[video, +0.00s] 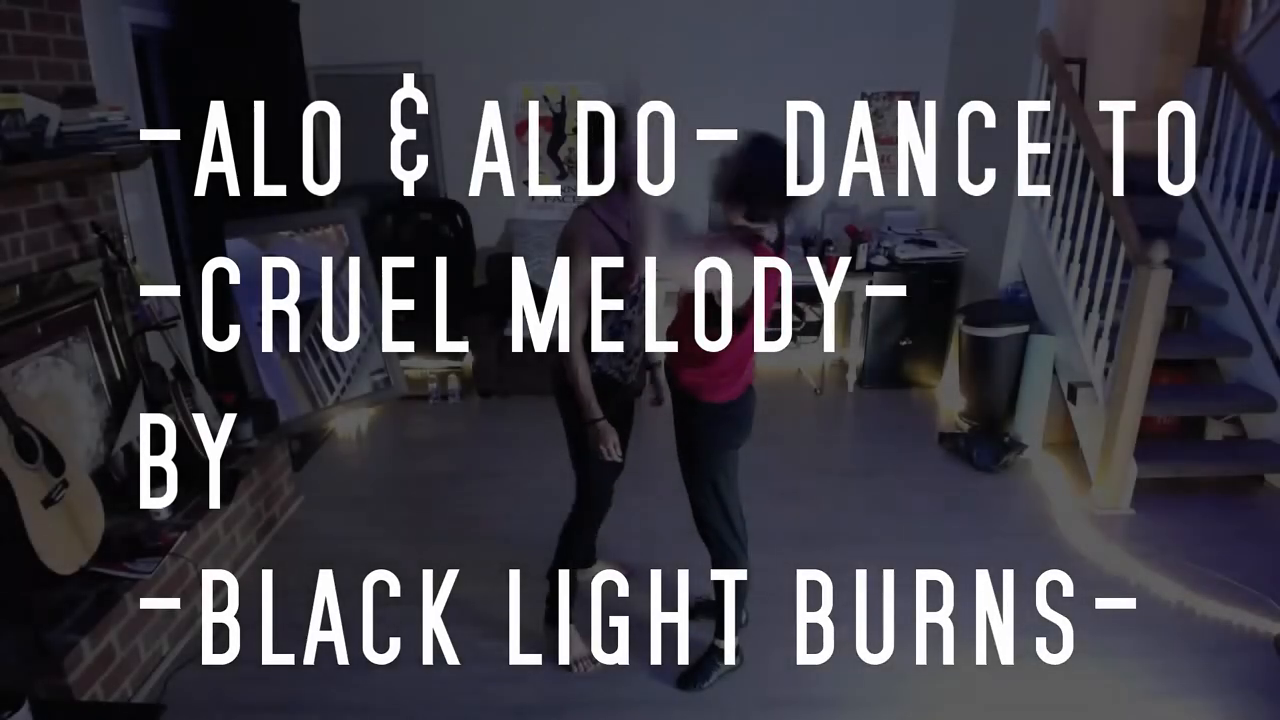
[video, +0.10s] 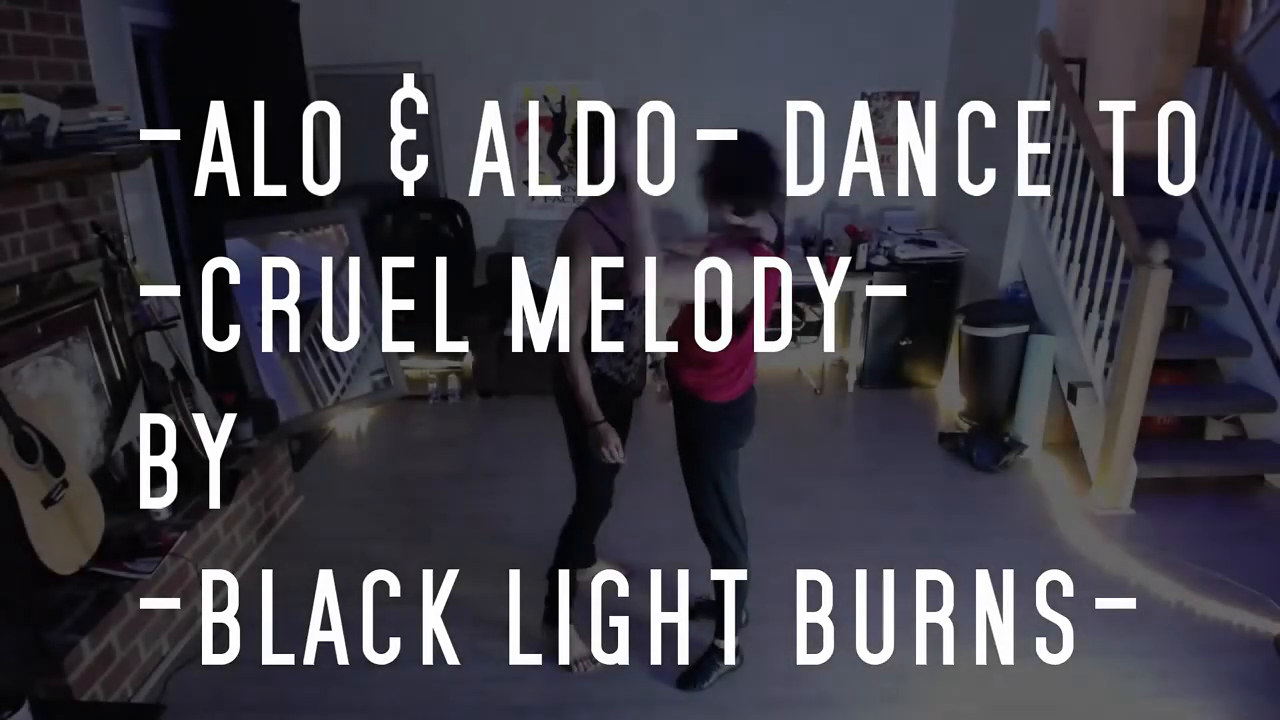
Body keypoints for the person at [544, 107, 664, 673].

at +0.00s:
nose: (645, 172)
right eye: (636, 160)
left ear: (620, 155)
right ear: (618, 163)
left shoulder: (640, 218)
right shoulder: (582, 229)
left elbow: (642, 298)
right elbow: (569, 337)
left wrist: (652, 363)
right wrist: (595, 419)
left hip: (622, 374)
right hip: (586, 377)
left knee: (601, 490)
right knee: (594, 495)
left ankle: (576, 589)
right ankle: (561, 618)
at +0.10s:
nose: (642, 165)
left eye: (640, 153)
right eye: (633, 155)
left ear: (612, 159)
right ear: (612, 161)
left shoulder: (636, 214)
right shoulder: (582, 229)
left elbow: (641, 294)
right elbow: (568, 339)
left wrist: (649, 360)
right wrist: (595, 422)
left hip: (622, 374)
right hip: (586, 377)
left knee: (598, 494)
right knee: (593, 499)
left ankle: (573, 597)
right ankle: (564, 617)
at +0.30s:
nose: (632, 158)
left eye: (625, 148)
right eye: (621, 149)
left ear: (581, 164)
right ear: (605, 162)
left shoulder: (612, 216)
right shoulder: (585, 230)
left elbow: (642, 254)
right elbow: (570, 351)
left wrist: (697, 250)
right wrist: (603, 435)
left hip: (606, 378)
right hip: (586, 382)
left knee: (585, 500)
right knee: (582, 504)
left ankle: (569, 614)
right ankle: (561, 629)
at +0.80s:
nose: (619, 165)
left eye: (613, 153)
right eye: (607, 156)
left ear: (574, 173)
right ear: (585, 170)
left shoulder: (597, 227)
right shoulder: (563, 247)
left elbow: (629, 274)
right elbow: (556, 368)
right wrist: (589, 458)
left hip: (595, 392)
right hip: (565, 399)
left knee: (585, 498)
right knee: (565, 515)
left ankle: (585, 580)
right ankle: (553, 637)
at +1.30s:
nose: (604, 162)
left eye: (602, 149)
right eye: (591, 150)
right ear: (555, 162)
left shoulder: (588, 228)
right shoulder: (538, 245)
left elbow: (621, 292)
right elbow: (520, 359)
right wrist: (543, 453)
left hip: (587, 400)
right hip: (551, 408)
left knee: (605, 498)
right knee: (560, 522)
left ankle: (555, 598)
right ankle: (553, 635)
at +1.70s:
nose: (599, 161)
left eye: (597, 149)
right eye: (584, 150)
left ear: (571, 163)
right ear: (548, 162)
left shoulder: (567, 229)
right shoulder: (535, 242)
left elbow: (584, 305)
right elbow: (514, 352)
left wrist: (636, 306)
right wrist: (525, 446)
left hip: (580, 393)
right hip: (551, 402)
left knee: (612, 469)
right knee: (556, 527)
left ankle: (565, 557)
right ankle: (553, 636)